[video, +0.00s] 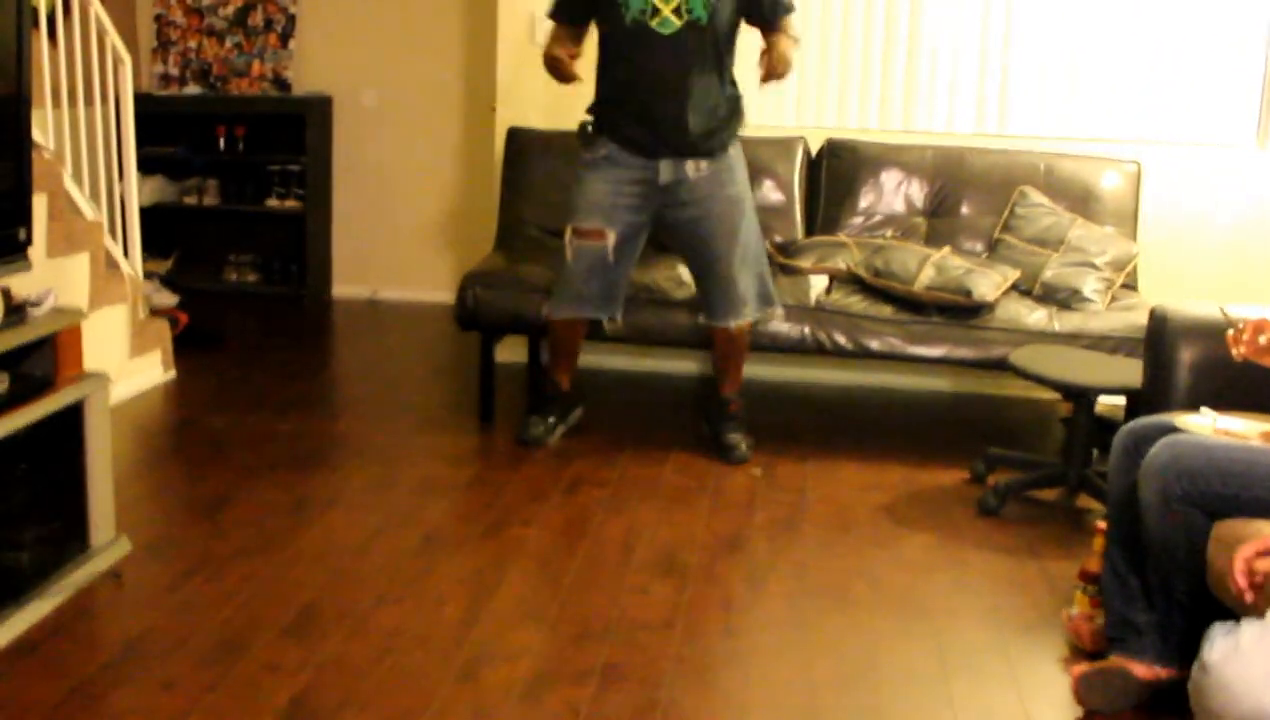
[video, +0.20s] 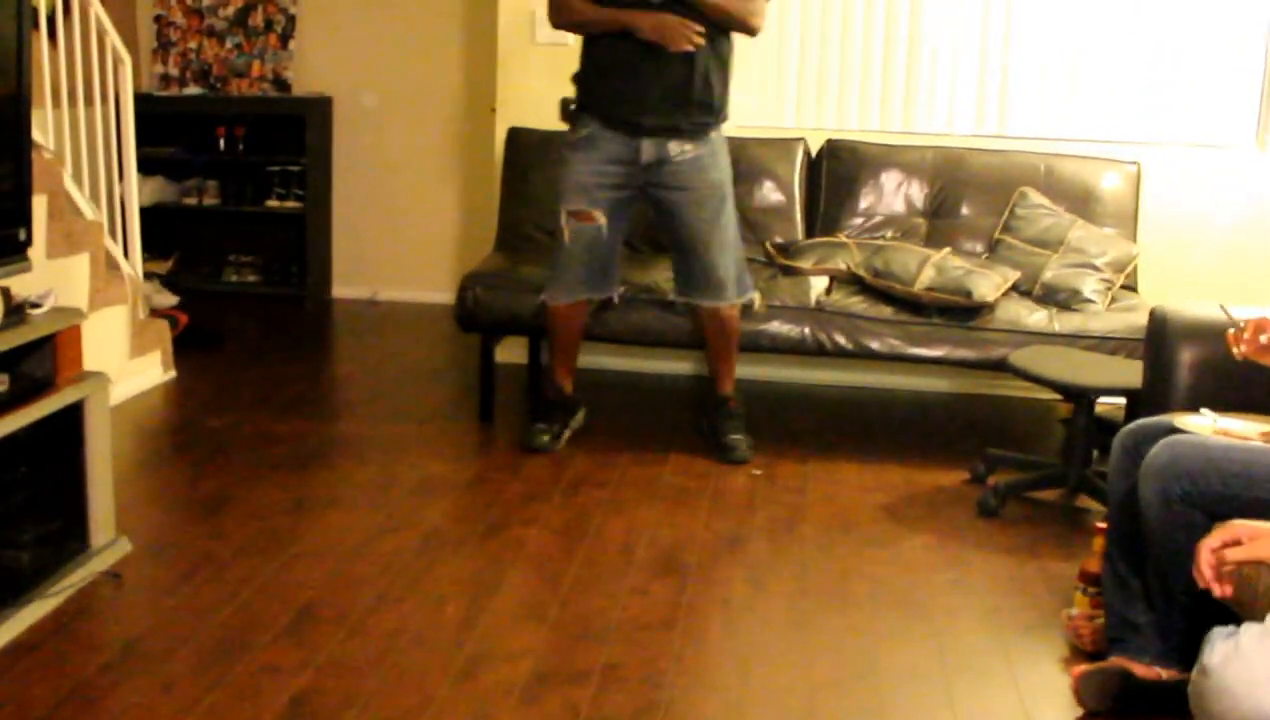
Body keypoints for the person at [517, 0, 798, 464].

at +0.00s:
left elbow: (778, 24)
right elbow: (567, 32)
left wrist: (780, 46)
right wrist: (559, 55)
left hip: (709, 151)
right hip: (619, 148)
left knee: (734, 288)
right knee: (578, 275)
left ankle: (727, 408)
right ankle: (558, 397)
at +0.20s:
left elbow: (751, 18)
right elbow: (562, 12)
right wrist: (640, 20)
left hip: (694, 134)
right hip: (602, 132)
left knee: (719, 281)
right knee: (572, 273)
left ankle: (724, 404)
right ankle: (560, 398)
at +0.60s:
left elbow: (777, 8)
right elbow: (549, 6)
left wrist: (749, 17)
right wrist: (550, 29)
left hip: (708, 138)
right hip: (616, 135)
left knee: (732, 288)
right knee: (579, 279)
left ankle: (737, 410)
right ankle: (565, 400)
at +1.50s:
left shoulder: (756, 3)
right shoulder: (615, 2)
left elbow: (808, 69)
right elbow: (593, 76)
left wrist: (808, 28)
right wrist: (568, 46)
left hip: (733, 177)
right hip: (639, 174)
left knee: (757, 321)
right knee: (596, 301)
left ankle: (754, 438)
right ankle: (577, 432)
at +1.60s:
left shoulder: (749, 5)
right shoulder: (612, 4)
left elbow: (764, 93)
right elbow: (621, 94)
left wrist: (768, 37)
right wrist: (596, 85)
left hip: (725, 189)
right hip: (634, 184)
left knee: (752, 336)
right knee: (595, 317)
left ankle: (753, 460)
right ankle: (576, 452)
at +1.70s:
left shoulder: (746, 21)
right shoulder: (609, 23)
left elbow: (765, 120)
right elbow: (587, 117)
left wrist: (719, 69)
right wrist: (637, 118)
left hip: (713, 226)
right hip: (623, 223)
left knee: (741, 374)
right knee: (594, 354)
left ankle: (750, 497)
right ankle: (578, 493)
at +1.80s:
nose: (666, 20)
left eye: (677, 9)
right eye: (656, 8)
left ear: (696, 16)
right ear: (641, 15)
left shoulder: (732, 95)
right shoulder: (600, 86)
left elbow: (763, 172)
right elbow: (573, 164)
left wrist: (703, 152)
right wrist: (648, 163)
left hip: (702, 281)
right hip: (615, 278)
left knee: (736, 427)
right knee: (583, 419)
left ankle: (750, 555)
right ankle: (578, 553)